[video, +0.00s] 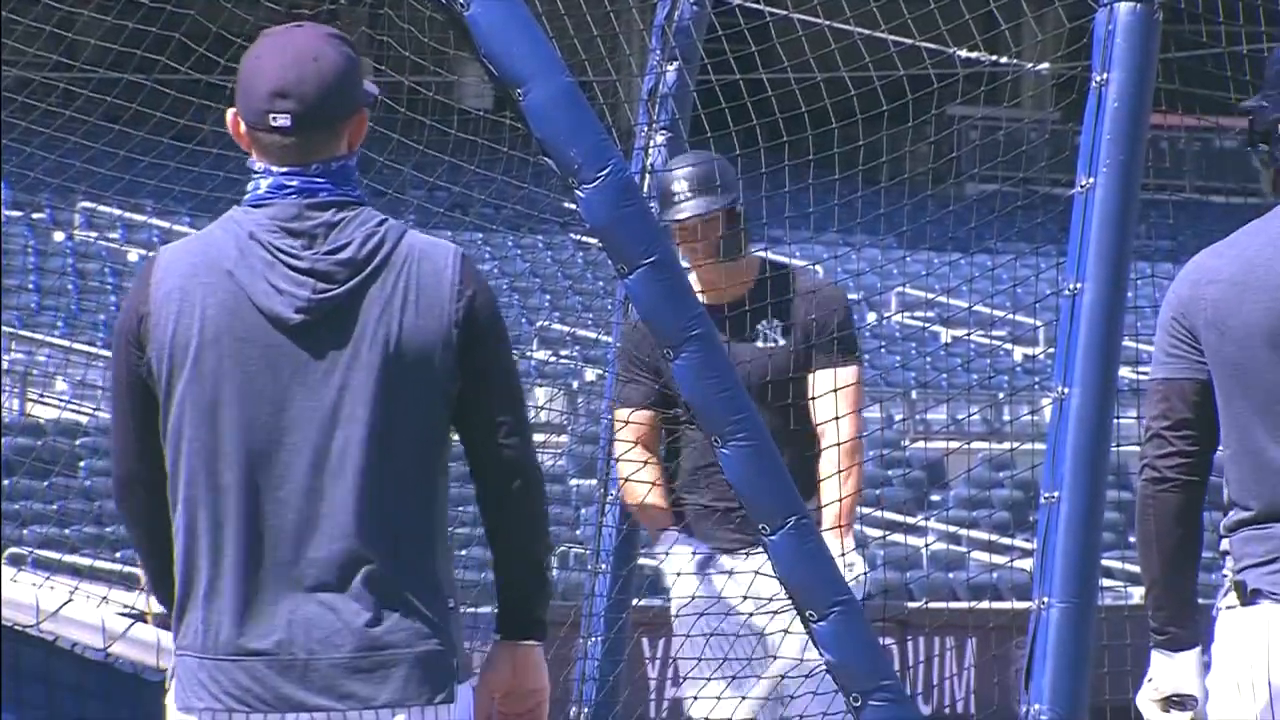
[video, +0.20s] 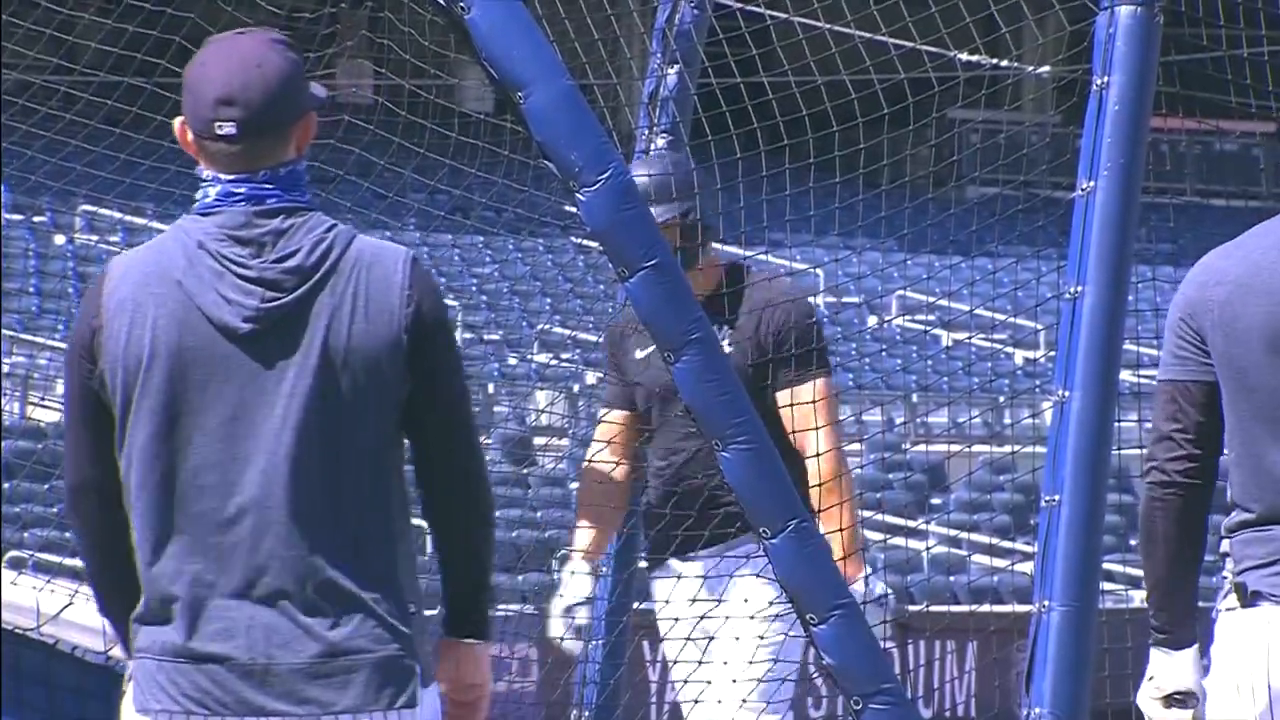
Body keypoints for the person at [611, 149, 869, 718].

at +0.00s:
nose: (688, 238)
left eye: (701, 222)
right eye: (675, 226)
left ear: (734, 218)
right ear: (662, 230)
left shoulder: (812, 303)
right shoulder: (651, 317)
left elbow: (840, 438)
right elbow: (631, 445)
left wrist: (830, 543)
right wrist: (669, 540)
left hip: (802, 553)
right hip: (700, 559)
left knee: (820, 708)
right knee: (715, 708)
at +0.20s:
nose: (645, 252)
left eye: (658, 234)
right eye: (634, 237)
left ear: (693, 228)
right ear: (620, 239)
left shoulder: (776, 307)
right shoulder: (630, 334)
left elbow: (819, 448)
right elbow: (611, 456)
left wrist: (849, 581)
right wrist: (580, 568)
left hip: (766, 557)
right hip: (671, 569)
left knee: (746, 706)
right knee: (705, 708)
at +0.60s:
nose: (690, 266)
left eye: (702, 249)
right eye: (677, 253)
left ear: (745, 233)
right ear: (667, 244)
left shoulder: (811, 304)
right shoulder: (675, 303)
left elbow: (868, 413)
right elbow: (675, 418)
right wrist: (670, 537)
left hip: (796, 542)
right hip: (712, 551)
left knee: (766, 705)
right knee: (721, 706)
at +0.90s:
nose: (696, 229)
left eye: (707, 210)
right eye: (686, 215)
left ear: (754, 196)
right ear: (680, 210)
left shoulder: (828, 279)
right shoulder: (700, 283)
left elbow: (857, 431)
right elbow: (690, 408)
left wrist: (851, 567)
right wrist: (635, 506)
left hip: (798, 545)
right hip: (698, 544)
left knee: (797, 706)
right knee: (642, 704)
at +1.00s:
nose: (668, 226)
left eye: (682, 207)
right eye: (655, 211)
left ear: (726, 195)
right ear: (645, 209)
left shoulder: (807, 279)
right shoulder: (665, 292)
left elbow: (826, 431)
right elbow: (648, 415)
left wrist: (791, 550)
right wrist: (575, 463)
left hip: (779, 547)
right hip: (675, 552)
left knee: (783, 708)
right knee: (617, 708)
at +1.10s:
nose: (628, 232)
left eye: (642, 212)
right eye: (616, 217)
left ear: (685, 197)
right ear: (605, 215)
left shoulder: (768, 281)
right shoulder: (624, 298)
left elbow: (791, 425)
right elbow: (599, 418)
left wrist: (739, 531)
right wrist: (533, 411)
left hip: (748, 559)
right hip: (642, 567)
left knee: (771, 710)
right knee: (610, 712)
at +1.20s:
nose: (575, 228)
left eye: (585, 207)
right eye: (566, 213)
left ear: (630, 195)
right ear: (559, 212)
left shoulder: (725, 278)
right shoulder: (578, 300)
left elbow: (753, 422)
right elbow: (531, 426)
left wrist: (692, 521)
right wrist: (478, 350)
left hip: (706, 567)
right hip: (596, 567)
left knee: (719, 709)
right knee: (572, 712)